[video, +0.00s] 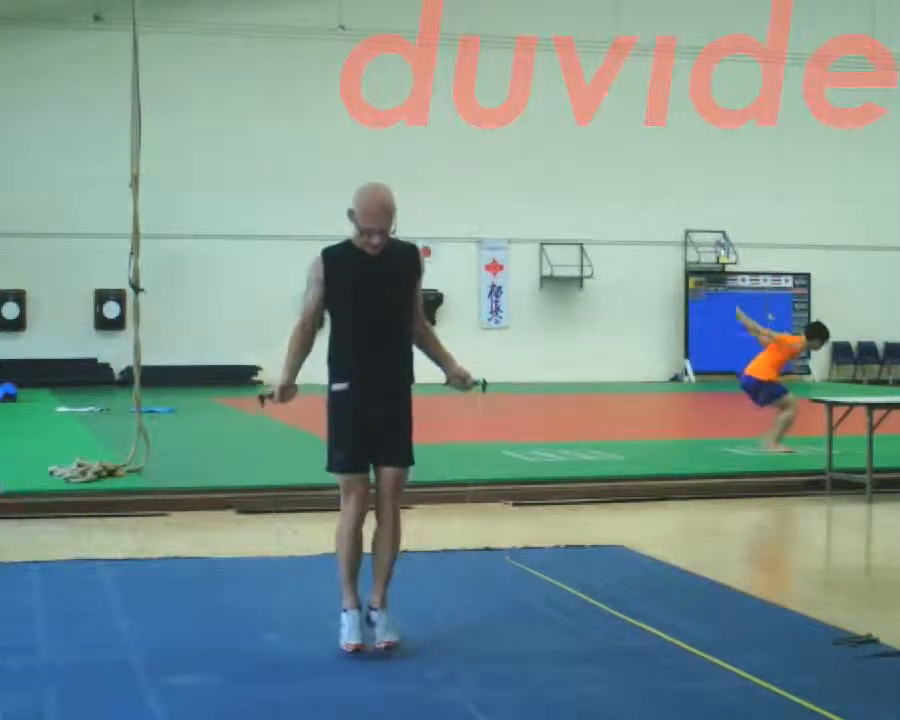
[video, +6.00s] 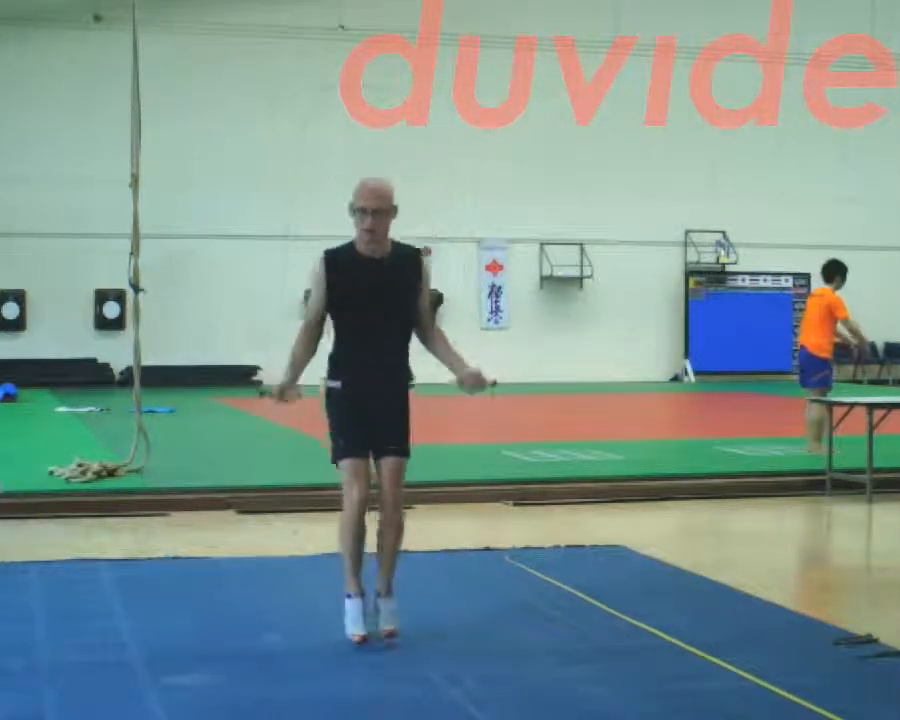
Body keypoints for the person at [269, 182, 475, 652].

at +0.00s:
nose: (376, 240)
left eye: (383, 232)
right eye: (368, 233)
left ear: (394, 222)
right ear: (353, 220)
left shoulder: (409, 258)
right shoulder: (329, 262)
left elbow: (417, 324)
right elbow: (308, 324)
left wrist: (450, 366)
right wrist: (288, 377)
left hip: (395, 392)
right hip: (349, 393)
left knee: (390, 498)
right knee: (355, 499)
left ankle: (379, 608)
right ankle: (350, 609)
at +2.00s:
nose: (372, 262)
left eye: (380, 253)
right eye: (363, 253)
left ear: (391, 245)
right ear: (348, 245)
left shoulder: (410, 287)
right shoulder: (325, 291)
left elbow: (423, 348)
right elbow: (304, 350)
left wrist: (454, 389)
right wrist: (284, 398)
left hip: (392, 416)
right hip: (348, 417)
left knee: (389, 519)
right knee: (357, 520)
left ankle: (375, 620)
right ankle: (349, 622)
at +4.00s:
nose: (375, 206)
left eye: (383, 197)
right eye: (367, 198)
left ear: (393, 195)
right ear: (351, 196)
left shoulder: (413, 242)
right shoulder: (332, 243)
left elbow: (428, 309)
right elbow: (314, 312)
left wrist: (453, 358)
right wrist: (294, 366)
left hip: (395, 372)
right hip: (349, 372)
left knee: (394, 474)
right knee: (353, 474)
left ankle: (386, 579)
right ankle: (352, 580)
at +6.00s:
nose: (369, 222)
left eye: (378, 213)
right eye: (361, 213)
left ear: (393, 215)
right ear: (350, 215)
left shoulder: (414, 263)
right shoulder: (331, 264)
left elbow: (427, 329)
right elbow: (311, 328)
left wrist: (462, 369)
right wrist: (289, 379)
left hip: (393, 388)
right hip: (345, 388)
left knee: (392, 496)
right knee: (357, 495)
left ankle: (385, 593)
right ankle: (354, 596)